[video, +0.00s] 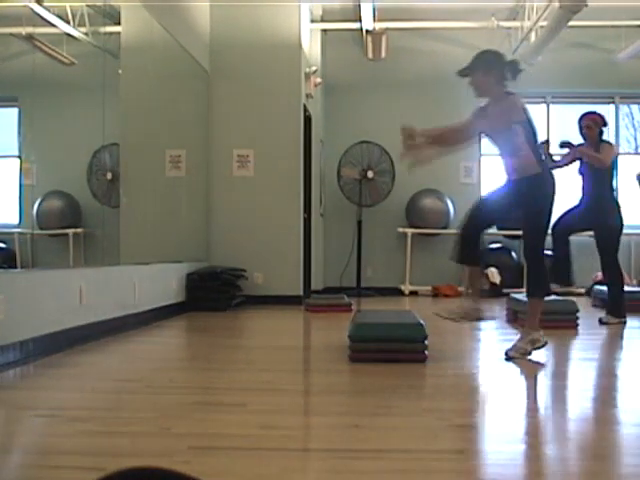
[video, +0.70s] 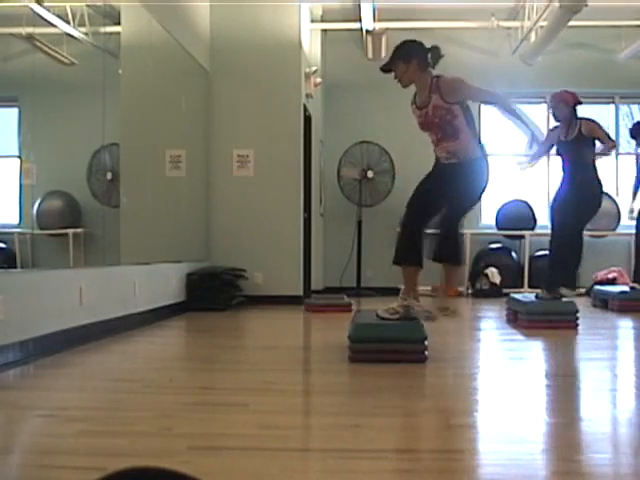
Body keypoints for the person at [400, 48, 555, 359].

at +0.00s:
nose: (471, 83)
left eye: (475, 76)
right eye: (470, 77)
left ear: (493, 75)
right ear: (487, 77)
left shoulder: (508, 106)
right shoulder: (487, 112)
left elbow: (466, 134)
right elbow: (460, 135)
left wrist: (428, 139)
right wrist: (424, 139)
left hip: (536, 186)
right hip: (516, 186)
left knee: (533, 254)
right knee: (472, 224)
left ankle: (533, 330)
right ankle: (474, 301)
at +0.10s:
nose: (454, 90)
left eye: (458, 84)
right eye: (454, 84)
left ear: (476, 82)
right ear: (474, 84)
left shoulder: (494, 110)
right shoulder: (482, 111)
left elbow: (450, 122)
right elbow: (447, 122)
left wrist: (404, 110)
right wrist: (420, 100)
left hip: (522, 193)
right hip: (499, 193)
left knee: (530, 264)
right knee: (445, 228)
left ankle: (533, 337)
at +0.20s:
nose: (438, 86)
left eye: (441, 79)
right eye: (437, 80)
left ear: (458, 77)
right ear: (457, 80)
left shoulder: (477, 105)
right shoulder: (461, 108)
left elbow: (442, 118)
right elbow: (428, 120)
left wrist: (402, 104)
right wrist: (399, 103)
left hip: (501, 187)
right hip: (476, 188)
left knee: (516, 257)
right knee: (427, 228)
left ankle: (530, 330)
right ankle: (411, 301)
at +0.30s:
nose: (421, 71)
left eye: (425, 64)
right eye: (420, 65)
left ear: (442, 62)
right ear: (433, 67)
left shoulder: (468, 87)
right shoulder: (436, 106)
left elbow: (449, 118)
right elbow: (410, 136)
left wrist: (422, 139)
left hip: (487, 170)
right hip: (458, 173)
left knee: (489, 244)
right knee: (424, 222)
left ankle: (507, 318)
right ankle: (410, 301)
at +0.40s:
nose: (406, 65)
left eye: (409, 58)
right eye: (404, 60)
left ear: (426, 54)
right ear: (420, 58)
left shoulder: (456, 78)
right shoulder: (422, 97)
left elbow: (479, 116)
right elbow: (420, 144)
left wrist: (470, 141)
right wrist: (402, 183)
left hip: (478, 159)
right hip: (449, 163)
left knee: (463, 222)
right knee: (424, 220)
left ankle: (472, 299)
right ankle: (411, 300)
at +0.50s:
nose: (393, 72)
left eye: (396, 65)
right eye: (392, 67)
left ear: (413, 61)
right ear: (410, 64)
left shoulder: (448, 84)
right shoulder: (414, 98)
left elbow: (497, 97)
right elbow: (440, 126)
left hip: (469, 164)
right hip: (441, 166)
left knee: (440, 213)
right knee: (413, 218)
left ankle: (443, 289)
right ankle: (409, 298)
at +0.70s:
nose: (394, 75)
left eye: (397, 68)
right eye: (393, 70)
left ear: (414, 64)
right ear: (412, 66)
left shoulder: (449, 86)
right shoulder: (417, 100)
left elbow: (499, 101)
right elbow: (445, 127)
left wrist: (533, 133)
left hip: (471, 168)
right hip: (442, 169)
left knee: (448, 222)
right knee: (412, 221)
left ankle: (449, 300)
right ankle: (408, 299)